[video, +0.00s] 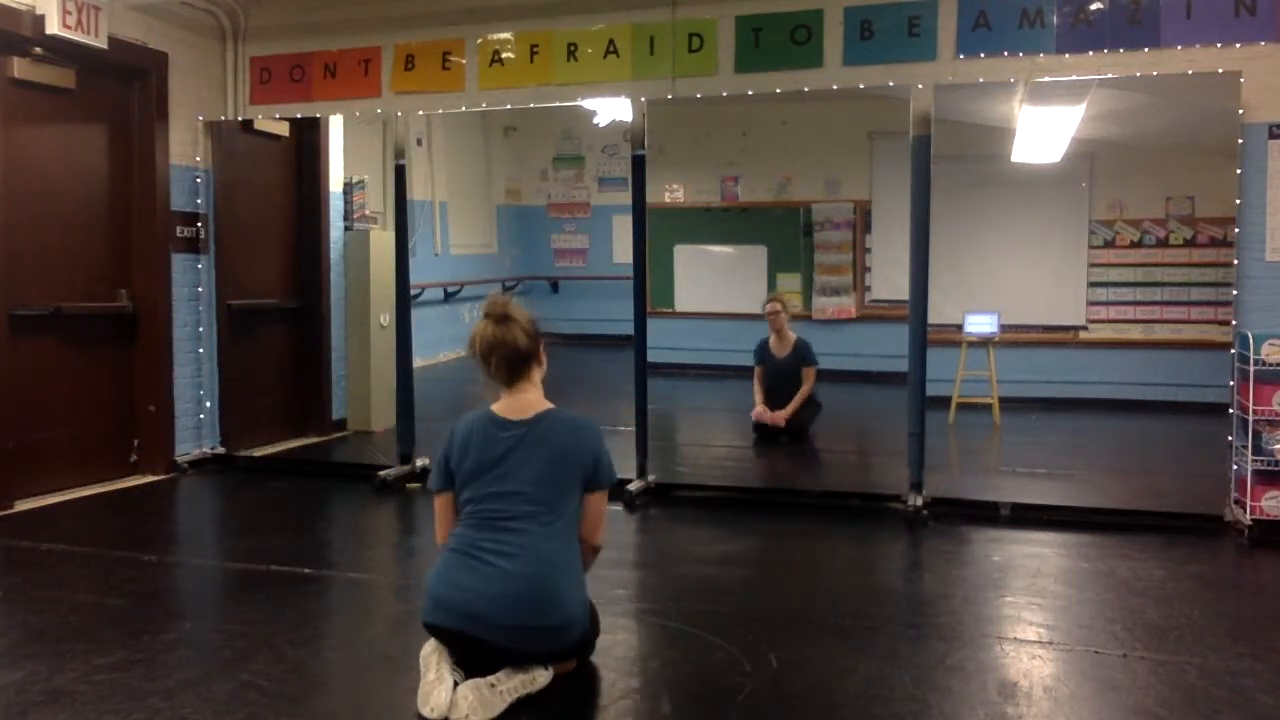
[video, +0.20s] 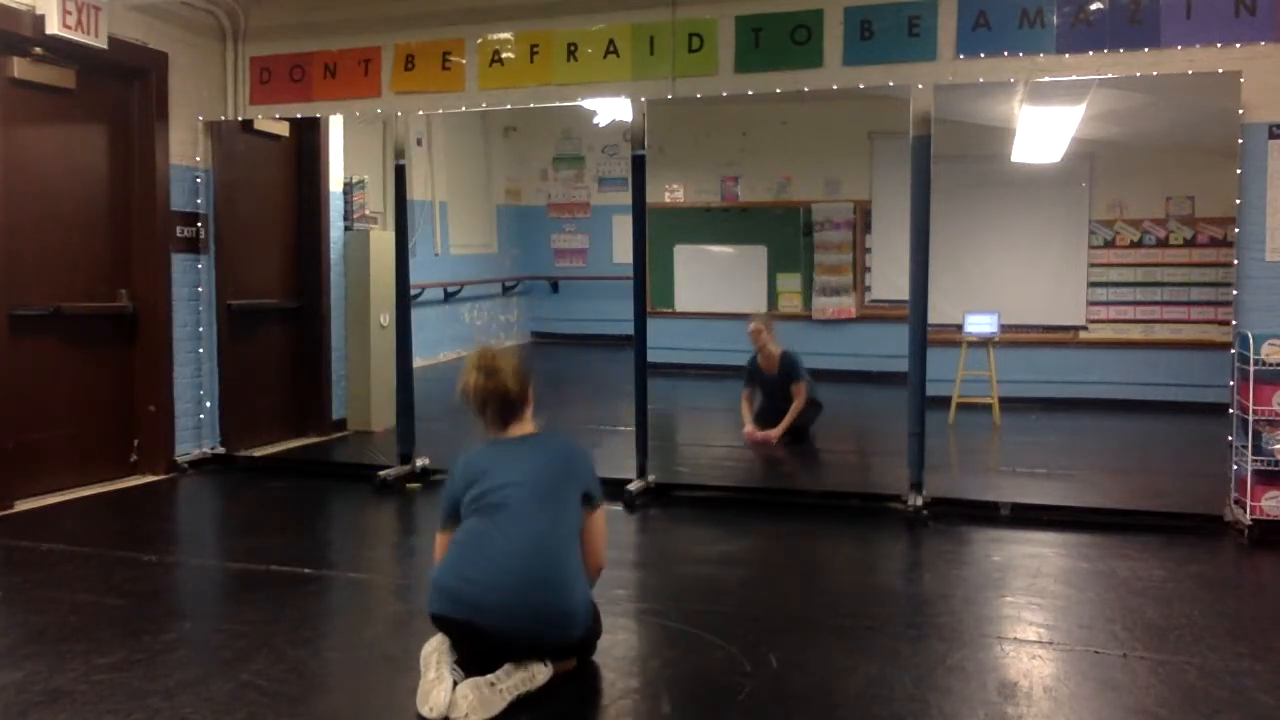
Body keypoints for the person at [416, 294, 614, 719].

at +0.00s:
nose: (545, 354)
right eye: (543, 347)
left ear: (487, 366)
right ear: (541, 356)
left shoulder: (461, 434)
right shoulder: (581, 434)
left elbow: (445, 536)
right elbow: (591, 539)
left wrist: (481, 576)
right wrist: (561, 582)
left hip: (452, 614)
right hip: (547, 617)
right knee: (580, 638)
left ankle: (445, 672)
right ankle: (511, 686)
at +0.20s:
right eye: (531, 387)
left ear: (477, 407)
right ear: (530, 396)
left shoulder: (467, 464)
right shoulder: (573, 456)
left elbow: (443, 563)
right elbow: (594, 561)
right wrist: (568, 599)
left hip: (460, 606)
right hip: (554, 613)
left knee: (483, 664)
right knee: (579, 648)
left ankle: (444, 662)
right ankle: (514, 683)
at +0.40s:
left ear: (478, 463)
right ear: (521, 453)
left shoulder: (478, 488)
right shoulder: (571, 482)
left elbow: (448, 547)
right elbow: (588, 560)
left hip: (455, 586)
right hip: (550, 588)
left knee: (489, 648)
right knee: (577, 646)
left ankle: (449, 658)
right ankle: (536, 666)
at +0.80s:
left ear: (482, 457)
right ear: (530, 450)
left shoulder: (480, 490)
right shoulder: (559, 483)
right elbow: (568, 535)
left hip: (448, 590)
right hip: (537, 589)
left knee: (490, 649)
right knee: (578, 643)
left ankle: (447, 658)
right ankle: (528, 667)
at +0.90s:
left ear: (483, 425)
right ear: (534, 422)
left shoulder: (474, 468)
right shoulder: (559, 463)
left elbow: (469, 527)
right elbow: (559, 531)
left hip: (450, 596)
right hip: (540, 593)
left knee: (490, 649)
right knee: (580, 638)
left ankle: (449, 658)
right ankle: (529, 669)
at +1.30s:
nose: (541, 376)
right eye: (540, 368)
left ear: (474, 376)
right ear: (532, 377)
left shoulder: (438, 439)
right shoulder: (551, 440)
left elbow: (412, 538)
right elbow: (592, 537)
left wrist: (466, 544)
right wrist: (565, 560)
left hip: (427, 617)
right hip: (517, 613)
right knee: (579, 627)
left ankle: (438, 671)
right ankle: (506, 682)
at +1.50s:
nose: (567, 392)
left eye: (567, 383)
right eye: (566, 384)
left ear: (503, 380)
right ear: (552, 387)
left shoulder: (446, 439)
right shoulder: (557, 449)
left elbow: (408, 536)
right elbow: (559, 549)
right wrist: (559, 572)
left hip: (427, 629)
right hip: (511, 631)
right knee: (582, 621)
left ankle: (439, 672)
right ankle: (498, 686)